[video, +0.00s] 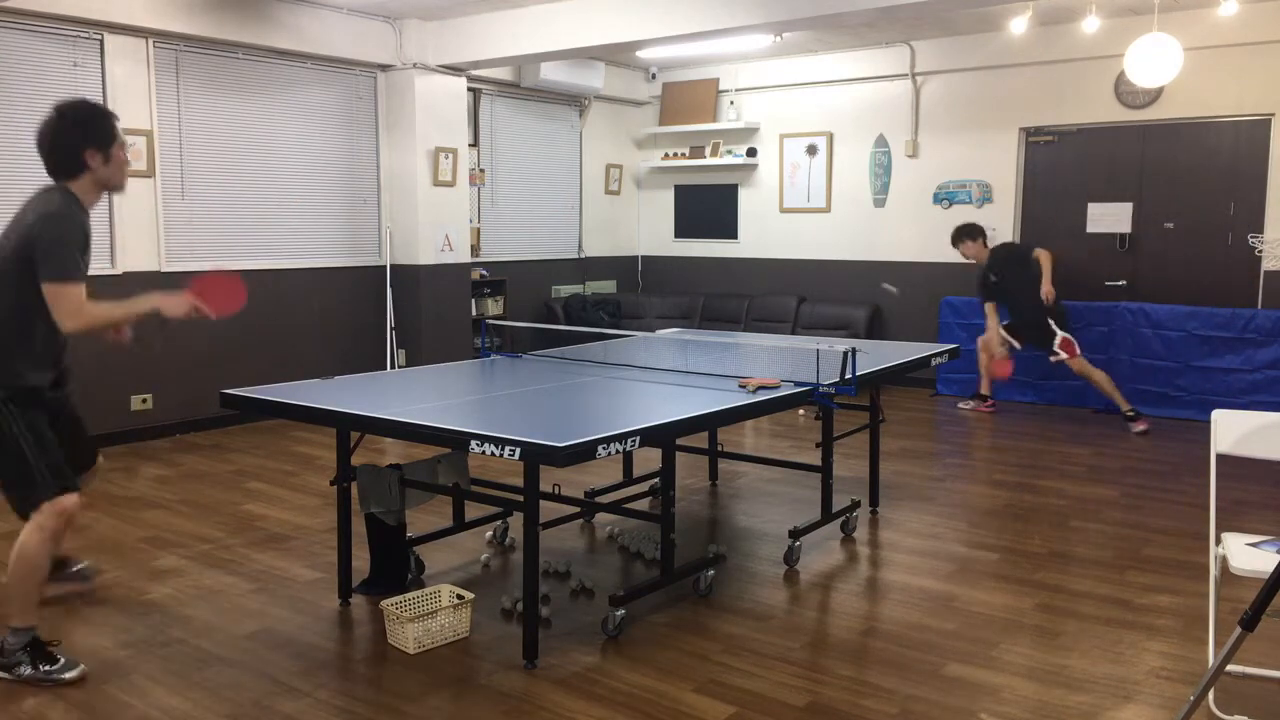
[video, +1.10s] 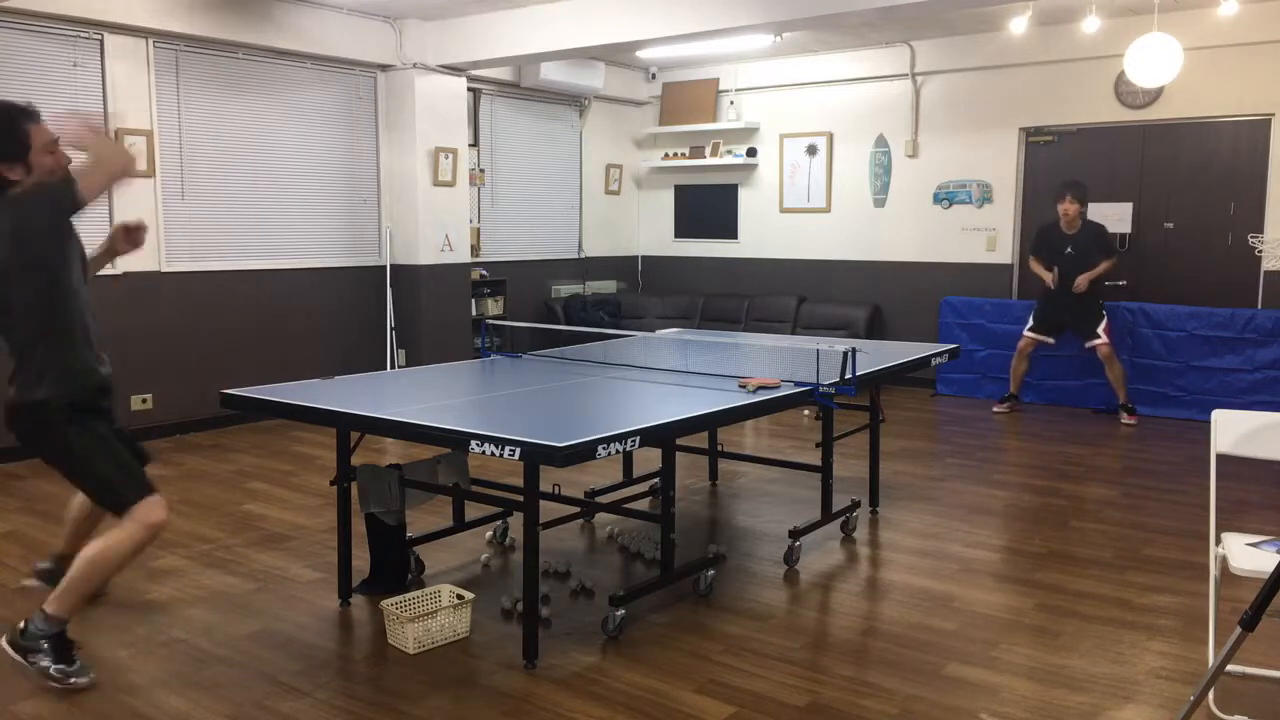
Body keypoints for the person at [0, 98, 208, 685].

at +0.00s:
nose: (128, 154)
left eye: (123, 144)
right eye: (119, 146)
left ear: (83, 159)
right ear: (92, 159)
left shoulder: (60, 209)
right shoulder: (58, 217)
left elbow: (51, 302)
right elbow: (72, 315)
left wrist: (105, 320)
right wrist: (156, 302)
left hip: (37, 380)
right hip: (13, 388)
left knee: (77, 463)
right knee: (55, 505)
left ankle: (45, 561)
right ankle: (14, 643)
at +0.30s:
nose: (142, 213)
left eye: (137, 202)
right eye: (132, 205)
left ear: (100, 218)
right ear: (101, 220)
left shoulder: (97, 263)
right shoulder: (56, 279)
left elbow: (94, 320)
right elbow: (54, 377)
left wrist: (146, 353)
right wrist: (136, 376)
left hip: (57, 407)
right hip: (16, 417)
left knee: (131, 470)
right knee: (95, 497)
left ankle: (88, 560)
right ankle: (32, 635)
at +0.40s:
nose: (142, 224)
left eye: (138, 213)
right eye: (132, 217)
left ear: (102, 230)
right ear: (100, 232)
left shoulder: (116, 271)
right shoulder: (47, 288)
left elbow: (119, 323)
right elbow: (34, 389)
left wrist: (160, 361)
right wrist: (112, 414)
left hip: (70, 404)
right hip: (20, 413)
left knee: (143, 470)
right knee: (90, 486)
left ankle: (91, 559)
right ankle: (49, 633)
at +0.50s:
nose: (136, 243)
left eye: (132, 232)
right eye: (126, 237)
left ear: (96, 252)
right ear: (92, 253)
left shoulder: (120, 292)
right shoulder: (35, 310)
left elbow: (133, 339)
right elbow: (11, 407)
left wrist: (156, 373)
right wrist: (61, 463)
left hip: (78, 420)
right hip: (27, 424)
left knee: (154, 483)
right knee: (88, 502)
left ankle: (91, 555)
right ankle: (48, 639)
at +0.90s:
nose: (76, 241)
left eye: (74, 229)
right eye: (62, 233)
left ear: (76, 227)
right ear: (22, 249)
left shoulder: (95, 271)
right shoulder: (7, 306)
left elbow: (133, 290)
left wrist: (178, 322)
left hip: (87, 417)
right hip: (28, 425)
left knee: (140, 494)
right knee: (110, 512)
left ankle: (102, 554)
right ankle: (45, 640)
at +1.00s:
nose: (61, 189)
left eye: (60, 176)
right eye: (45, 182)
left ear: (61, 175)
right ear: (10, 200)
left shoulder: (46, 239)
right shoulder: (21, 257)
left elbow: (76, 304)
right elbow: (73, 348)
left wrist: (118, 304)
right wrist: (143, 322)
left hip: (81, 394)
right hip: (47, 409)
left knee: (144, 467)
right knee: (121, 517)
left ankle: (105, 558)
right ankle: (45, 642)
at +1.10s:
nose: (61, 157)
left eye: (56, 147)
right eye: (48, 152)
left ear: (18, 170)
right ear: (14, 170)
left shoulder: (27, 212)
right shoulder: (29, 207)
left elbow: (53, 282)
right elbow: (116, 162)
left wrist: (107, 251)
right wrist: (87, 138)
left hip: (66, 394)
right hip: (52, 402)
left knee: (118, 475)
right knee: (146, 514)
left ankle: (62, 565)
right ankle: (42, 630)